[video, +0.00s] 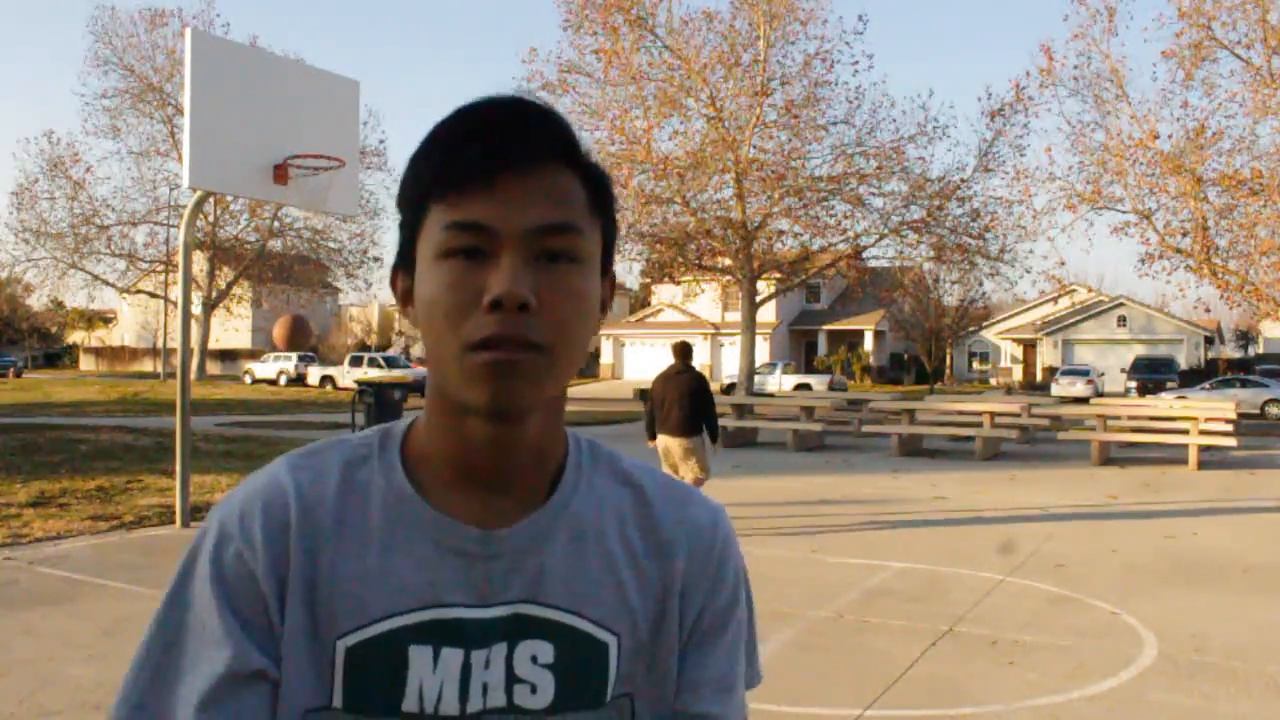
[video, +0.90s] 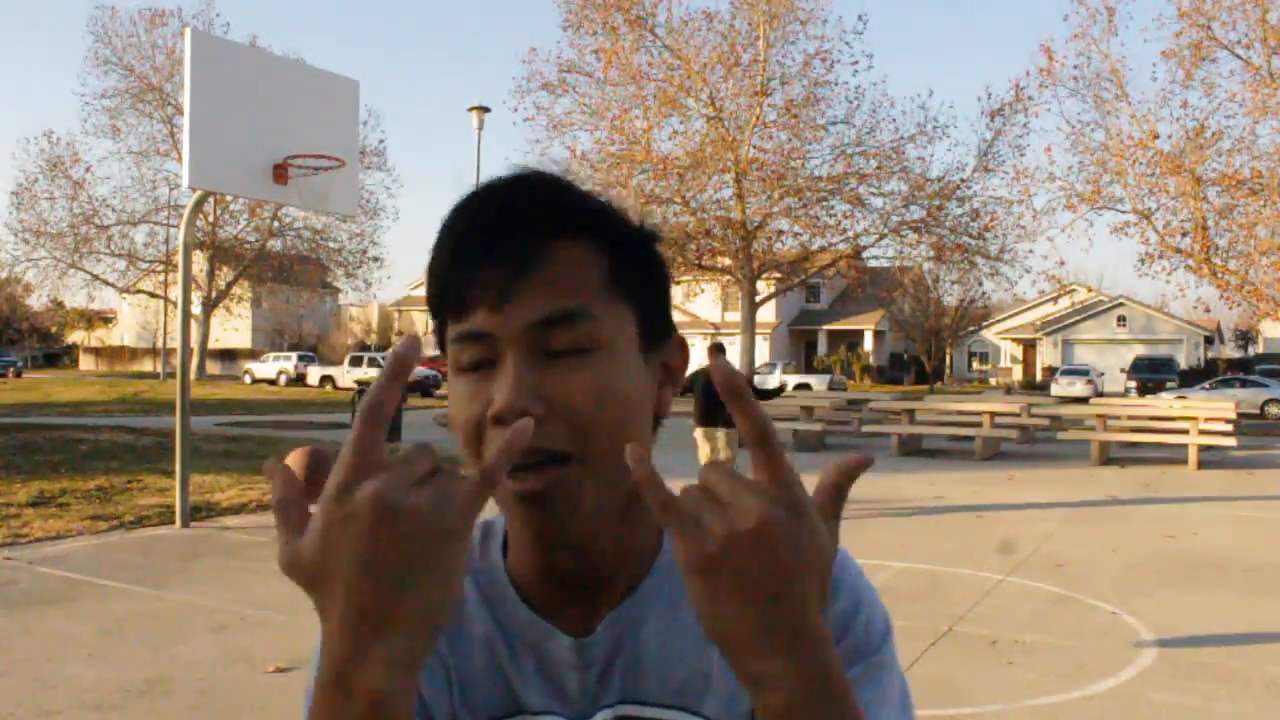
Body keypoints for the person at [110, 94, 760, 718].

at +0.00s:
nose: (509, 290)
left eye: (554, 255)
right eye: (467, 252)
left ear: (607, 298)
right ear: (405, 290)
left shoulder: (689, 549)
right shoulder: (269, 535)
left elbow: (713, 709)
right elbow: (182, 709)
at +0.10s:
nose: (533, 312)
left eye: (578, 273)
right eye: (488, 271)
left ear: (628, 316)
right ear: (426, 318)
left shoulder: (703, 548)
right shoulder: (300, 536)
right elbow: (190, 704)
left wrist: (751, 703)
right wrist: (263, 697)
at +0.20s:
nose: (544, 346)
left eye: (589, 305)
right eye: (501, 305)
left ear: (640, 345)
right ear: (439, 346)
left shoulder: (720, 566)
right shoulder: (355, 566)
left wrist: (763, 587)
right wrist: (310, 560)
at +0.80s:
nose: (585, 393)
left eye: (628, 348)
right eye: (536, 352)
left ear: (688, 383)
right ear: (471, 393)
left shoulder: (778, 584)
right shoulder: (411, 605)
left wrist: (841, 547)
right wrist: (347, 567)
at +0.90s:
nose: (510, 401)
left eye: (564, 348)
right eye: (475, 361)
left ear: (664, 371)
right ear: (446, 392)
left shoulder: (798, 589)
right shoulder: (396, 605)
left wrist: (792, 664)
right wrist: (362, 662)